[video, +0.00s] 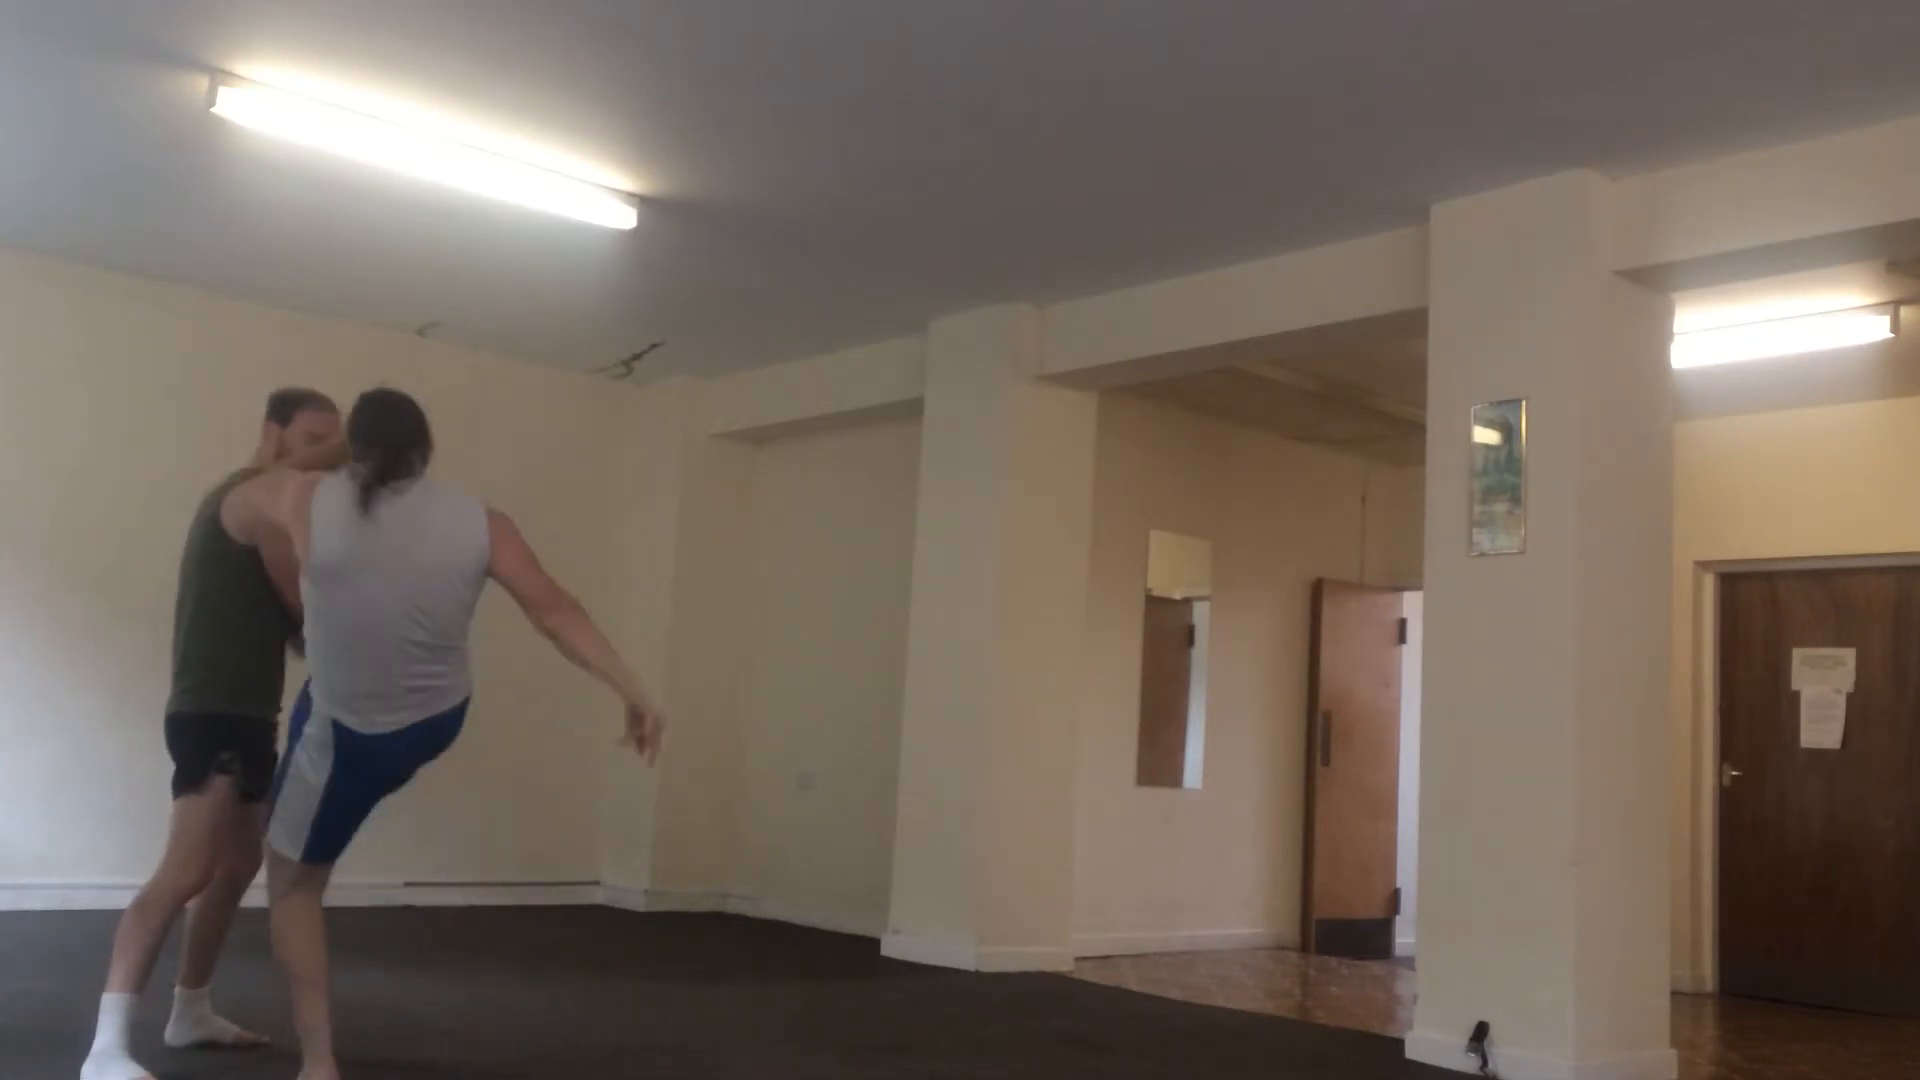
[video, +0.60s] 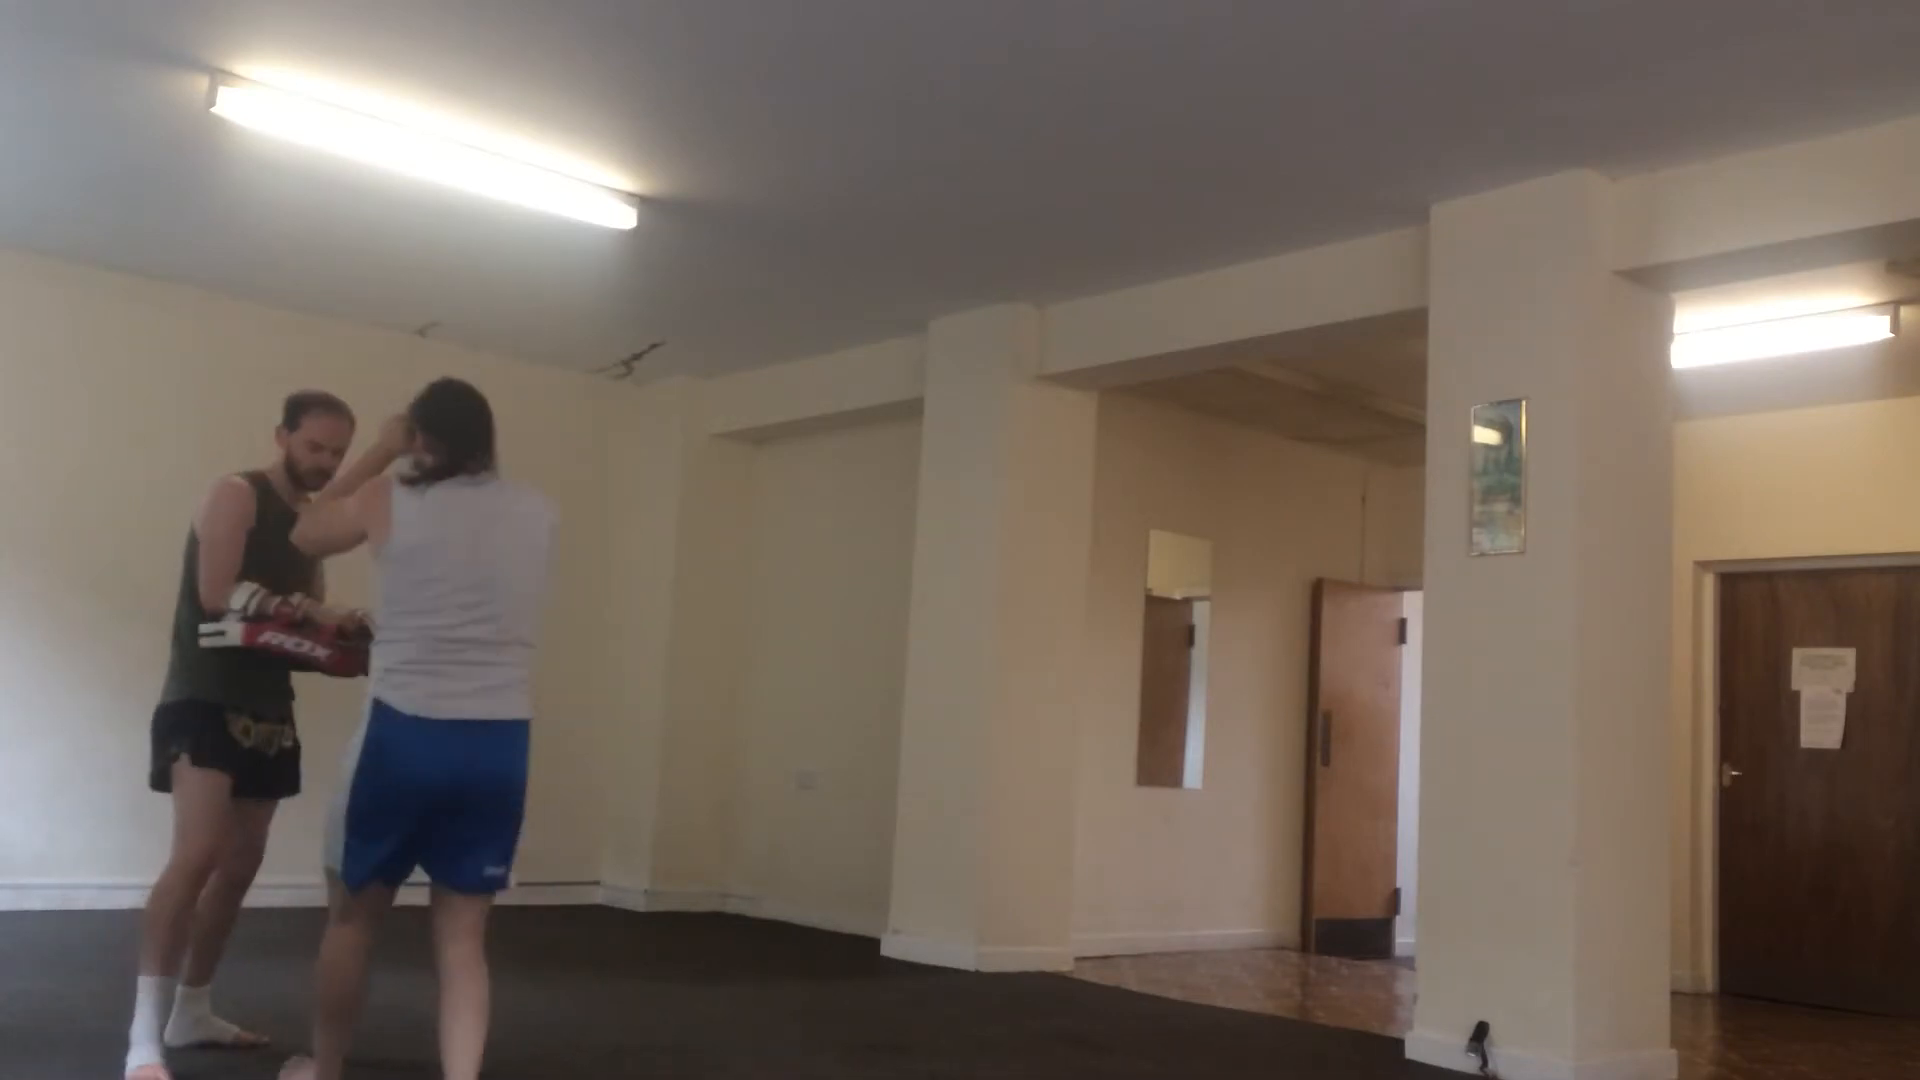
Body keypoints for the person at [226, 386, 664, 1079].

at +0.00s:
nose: (331, 448)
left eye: (338, 439)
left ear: (351, 446)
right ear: (427, 448)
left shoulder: (306, 499)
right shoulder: (476, 520)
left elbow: (231, 510)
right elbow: (554, 610)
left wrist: (279, 474)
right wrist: (631, 692)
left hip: (347, 740)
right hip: (439, 722)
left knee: (294, 886)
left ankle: (319, 1063)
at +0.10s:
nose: (315, 435)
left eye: (331, 427)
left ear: (355, 441)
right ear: (430, 441)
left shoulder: (318, 496)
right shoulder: (473, 509)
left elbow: (303, 464)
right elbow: (561, 590)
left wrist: (383, 443)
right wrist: (645, 661)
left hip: (345, 724)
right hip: (435, 707)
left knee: (296, 874)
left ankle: (314, 1054)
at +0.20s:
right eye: (437, 427)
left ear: (358, 439)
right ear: (434, 435)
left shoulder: (324, 504)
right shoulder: (474, 511)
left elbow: (284, 463)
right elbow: (556, 590)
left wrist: (351, 445)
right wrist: (609, 620)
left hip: (346, 731)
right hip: (441, 713)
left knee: (299, 884)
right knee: (424, 692)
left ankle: (314, 1060)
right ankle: (449, 799)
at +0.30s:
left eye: (366, 427)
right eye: (435, 432)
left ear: (363, 440)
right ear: (439, 438)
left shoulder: (325, 500)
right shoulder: (481, 516)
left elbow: (264, 482)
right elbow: (548, 586)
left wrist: (342, 448)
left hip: (349, 736)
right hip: (440, 732)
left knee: (306, 896)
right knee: (423, 788)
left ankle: (316, 1065)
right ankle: (442, 899)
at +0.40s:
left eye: (366, 430)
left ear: (377, 441)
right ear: (449, 439)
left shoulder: (342, 506)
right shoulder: (486, 512)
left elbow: (272, 501)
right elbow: (538, 564)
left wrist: (351, 449)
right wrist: (480, 478)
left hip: (364, 740)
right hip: (452, 741)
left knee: (312, 897)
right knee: (427, 861)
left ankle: (317, 1065)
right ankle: (449, 985)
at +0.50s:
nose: (381, 437)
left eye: (387, 428)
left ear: (399, 438)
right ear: (469, 436)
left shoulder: (368, 502)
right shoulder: (512, 508)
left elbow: (288, 520)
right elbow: (524, 547)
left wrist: (365, 449)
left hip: (382, 744)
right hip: (474, 747)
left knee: (336, 906)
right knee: (443, 908)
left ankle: (319, 1066)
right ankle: (462, 1067)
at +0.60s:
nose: (408, 443)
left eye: (411, 433)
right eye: (412, 431)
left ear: (422, 442)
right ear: (490, 441)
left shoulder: (395, 501)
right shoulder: (536, 513)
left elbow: (309, 530)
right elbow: (481, 605)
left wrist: (378, 453)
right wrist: (374, 628)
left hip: (404, 747)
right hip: (498, 751)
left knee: (354, 918)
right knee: (464, 938)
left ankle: (325, 1065)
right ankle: (462, 1074)